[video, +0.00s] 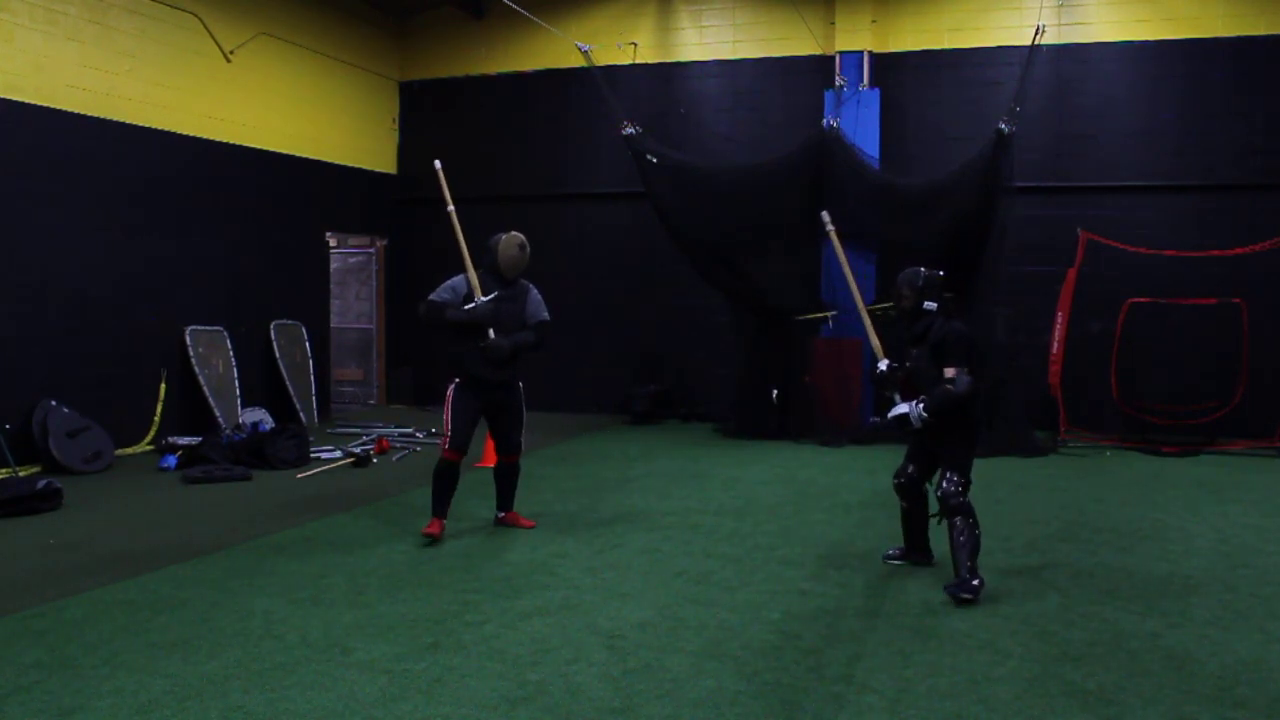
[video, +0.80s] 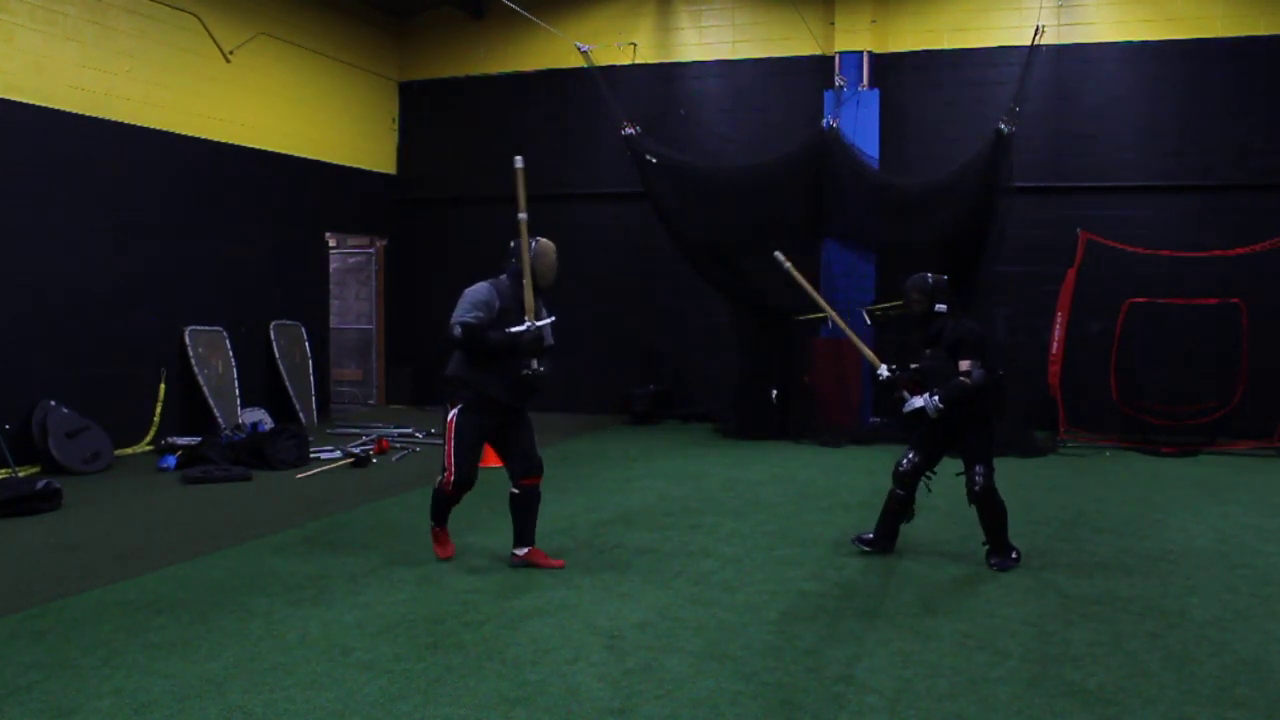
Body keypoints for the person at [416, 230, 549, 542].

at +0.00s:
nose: (515, 260)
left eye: (520, 255)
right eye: (509, 253)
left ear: (524, 261)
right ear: (493, 255)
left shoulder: (527, 293)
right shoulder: (467, 284)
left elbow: (542, 332)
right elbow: (430, 309)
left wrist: (508, 344)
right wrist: (469, 313)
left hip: (507, 384)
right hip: (467, 381)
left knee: (510, 451)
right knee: (453, 450)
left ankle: (505, 512)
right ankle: (438, 518)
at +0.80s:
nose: (548, 273)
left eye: (550, 266)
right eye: (542, 266)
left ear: (542, 269)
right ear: (523, 264)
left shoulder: (537, 307)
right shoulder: (483, 294)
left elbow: (544, 352)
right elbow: (460, 333)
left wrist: (537, 368)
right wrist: (515, 337)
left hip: (509, 403)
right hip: (470, 400)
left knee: (528, 472)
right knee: (459, 477)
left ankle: (523, 548)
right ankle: (439, 524)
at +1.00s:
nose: (557, 295)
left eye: (560, 287)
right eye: (555, 286)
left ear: (538, 281)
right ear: (538, 280)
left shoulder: (541, 320)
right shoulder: (494, 306)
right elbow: (476, 345)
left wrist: (542, 381)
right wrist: (533, 351)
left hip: (506, 412)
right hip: (467, 409)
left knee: (538, 473)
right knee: (445, 485)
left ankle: (524, 551)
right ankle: (404, 563)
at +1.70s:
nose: (531, 284)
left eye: (532, 276)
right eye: (527, 276)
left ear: (508, 274)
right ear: (507, 274)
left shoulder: (505, 315)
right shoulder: (475, 302)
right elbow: (449, 341)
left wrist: (507, 397)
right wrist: (503, 360)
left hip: (467, 417)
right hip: (437, 414)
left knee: (499, 480)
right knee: (430, 500)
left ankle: (482, 561)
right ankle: (379, 579)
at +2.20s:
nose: (527, 284)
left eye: (526, 277)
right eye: (523, 276)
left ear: (490, 274)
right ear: (508, 275)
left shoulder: (499, 312)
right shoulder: (481, 304)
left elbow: (505, 374)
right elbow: (502, 349)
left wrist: (539, 392)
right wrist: (545, 352)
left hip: (459, 425)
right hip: (438, 424)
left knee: (494, 479)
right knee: (417, 513)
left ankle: (483, 565)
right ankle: (363, 596)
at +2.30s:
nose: (535, 281)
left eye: (534, 274)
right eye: (532, 273)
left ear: (496, 273)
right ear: (518, 273)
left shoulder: (497, 311)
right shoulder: (503, 298)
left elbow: (535, 366)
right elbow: (560, 329)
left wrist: (580, 372)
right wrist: (619, 341)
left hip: (470, 419)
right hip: (454, 417)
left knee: (503, 483)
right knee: (445, 511)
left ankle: (483, 566)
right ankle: (376, 584)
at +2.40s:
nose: (552, 272)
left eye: (550, 266)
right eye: (549, 265)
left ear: (510, 265)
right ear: (539, 266)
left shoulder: (499, 297)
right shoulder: (530, 292)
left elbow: (554, 338)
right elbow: (586, 319)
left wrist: (600, 342)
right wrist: (640, 336)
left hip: (478, 407)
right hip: (475, 409)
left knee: (509, 486)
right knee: (499, 499)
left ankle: (484, 566)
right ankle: (426, 561)